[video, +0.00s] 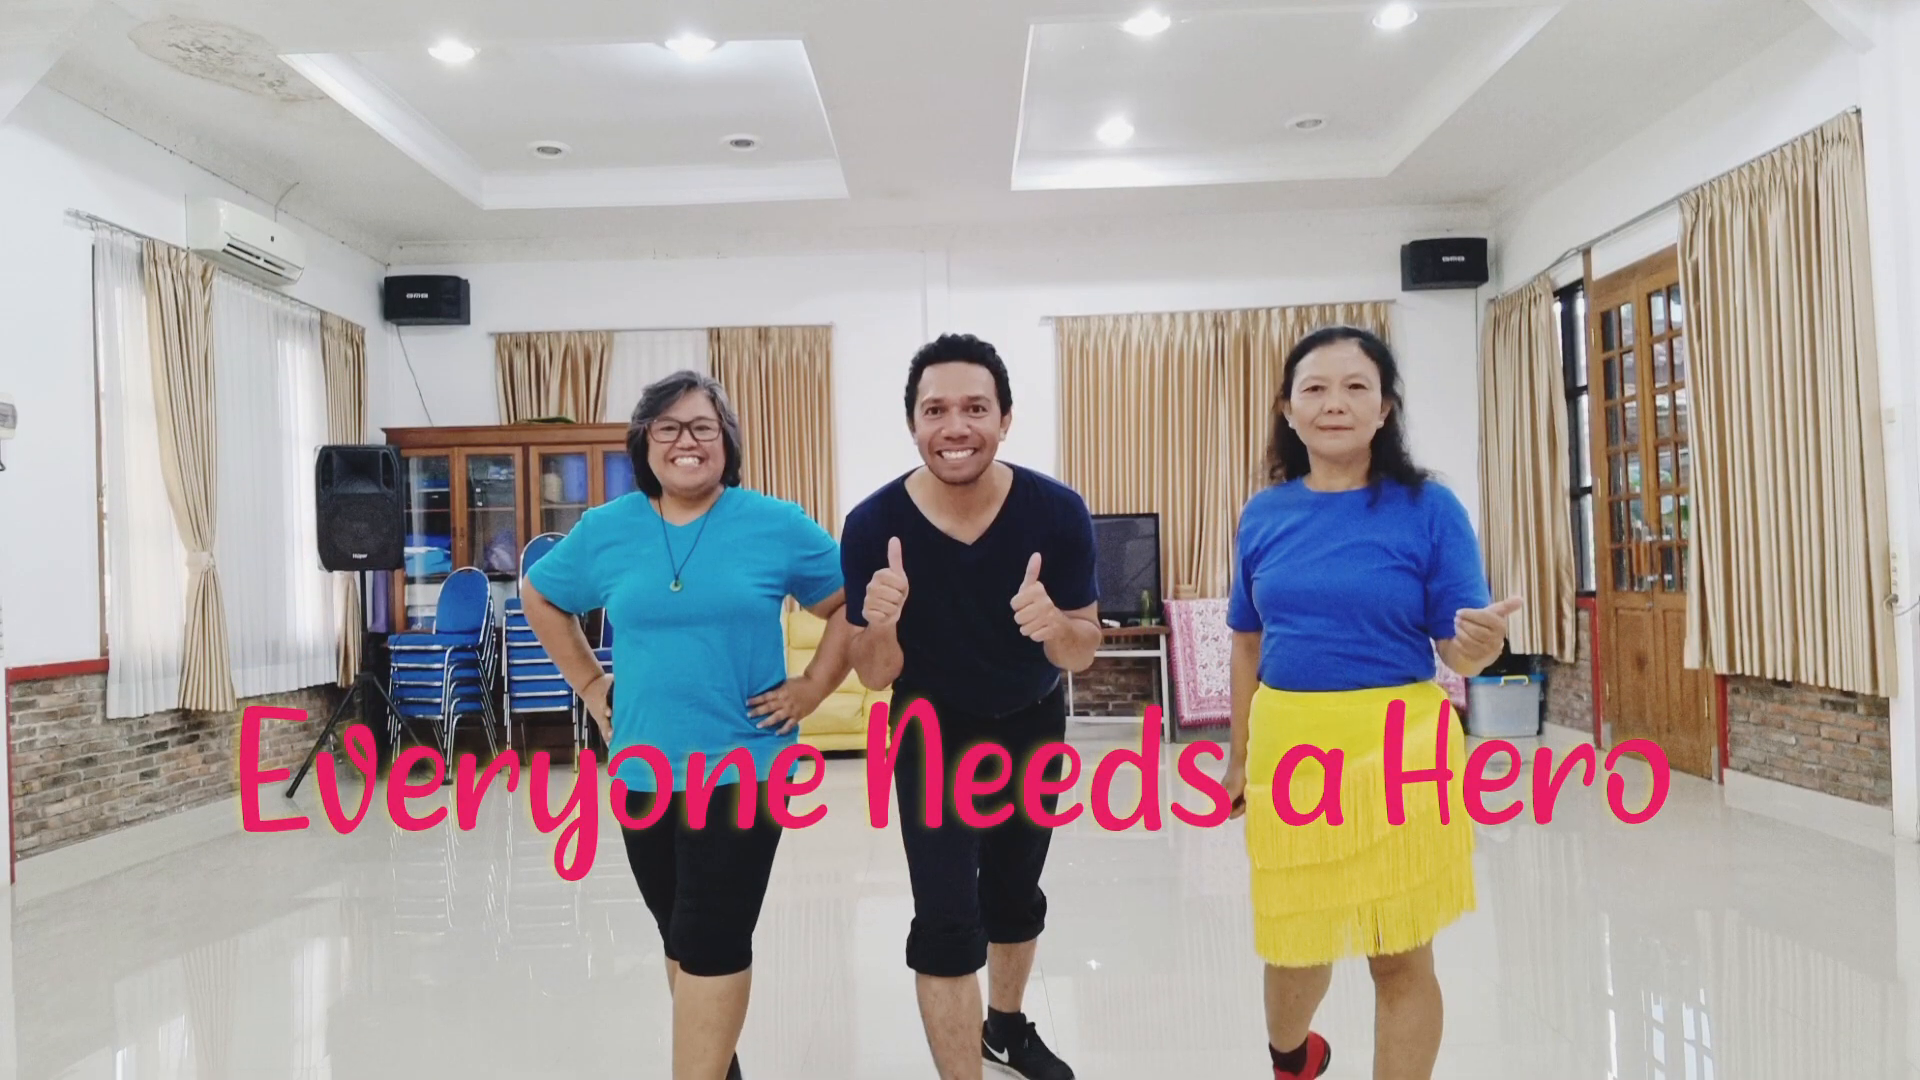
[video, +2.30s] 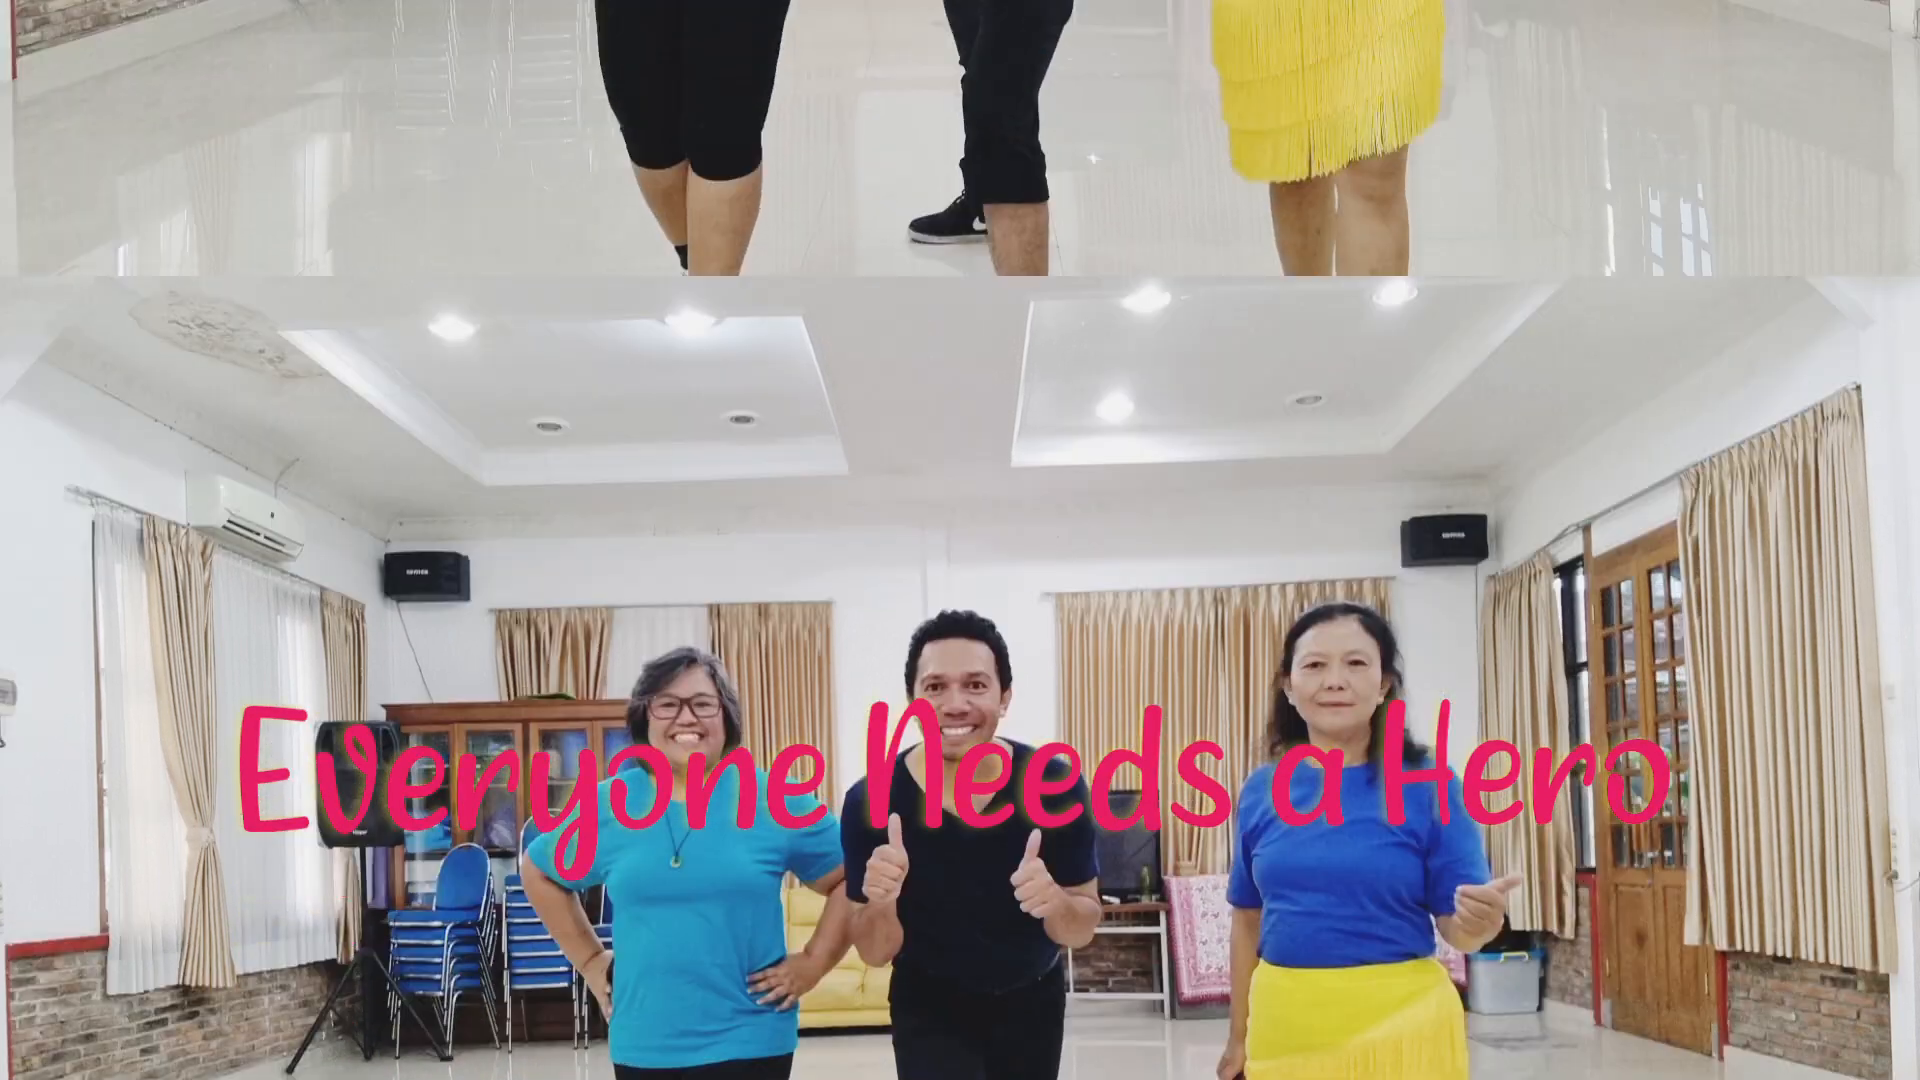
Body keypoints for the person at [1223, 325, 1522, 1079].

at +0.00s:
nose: (1334, 402)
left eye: (1354, 387)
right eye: (1314, 388)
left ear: (1385, 407)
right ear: (1290, 410)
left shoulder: (1428, 507)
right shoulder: (1265, 513)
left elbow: (1462, 651)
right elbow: (1248, 642)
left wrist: (1483, 639)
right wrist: (1239, 755)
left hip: (1400, 745)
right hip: (1289, 746)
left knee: (1397, 959)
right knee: (1293, 954)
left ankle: (1405, 1078)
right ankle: (1290, 1065)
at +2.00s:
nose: (1334, 407)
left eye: (1354, 392)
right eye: (1315, 393)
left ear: (1385, 411)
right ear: (1290, 414)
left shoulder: (1428, 512)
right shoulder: (1264, 517)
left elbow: (1464, 656)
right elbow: (1247, 646)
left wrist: (1483, 646)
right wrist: (1240, 760)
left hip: (1401, 748)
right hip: (1289, 749)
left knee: (1398, 963)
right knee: (1293, 957)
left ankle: (1404, 1079)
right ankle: (1290, 1067)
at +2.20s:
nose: (1334, 519)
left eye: (1354, 503)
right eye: (1314, 505)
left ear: (1385, 525)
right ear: (1288, 527)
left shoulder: (1428, 622)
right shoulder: (1262, 630)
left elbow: (1468, 744)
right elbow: (1246, 760)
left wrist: (1492, 746)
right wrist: (1239, 874)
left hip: (1398, 868)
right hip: (1288, 868)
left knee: (1399, 1062)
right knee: (1292, 1063)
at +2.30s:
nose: (1335, 680)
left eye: (1355, 663)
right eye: (1314, 665)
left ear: (1383, 683)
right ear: (1288, 686)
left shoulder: (1427, 782)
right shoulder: (1263, 789)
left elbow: (1458, 926)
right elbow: (1247, 921)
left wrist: (1483, 920)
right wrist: (1238, 1036)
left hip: (1402, 1012)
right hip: (1284, 1014)